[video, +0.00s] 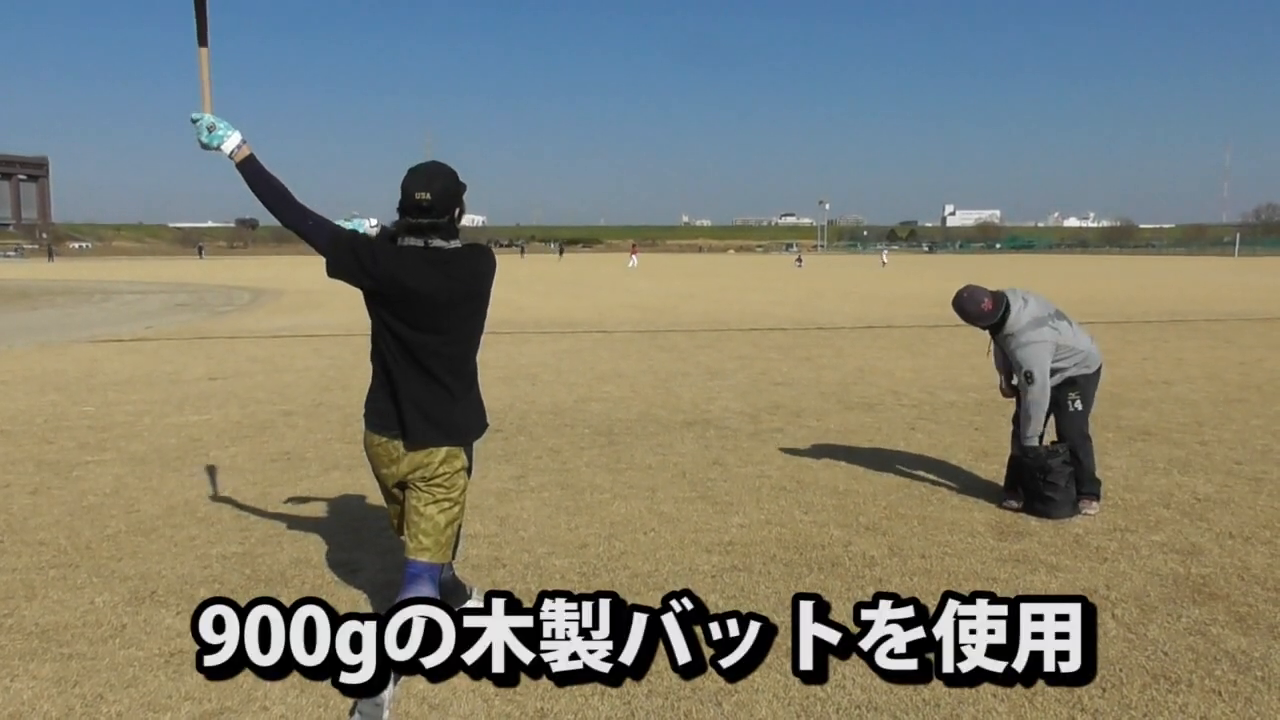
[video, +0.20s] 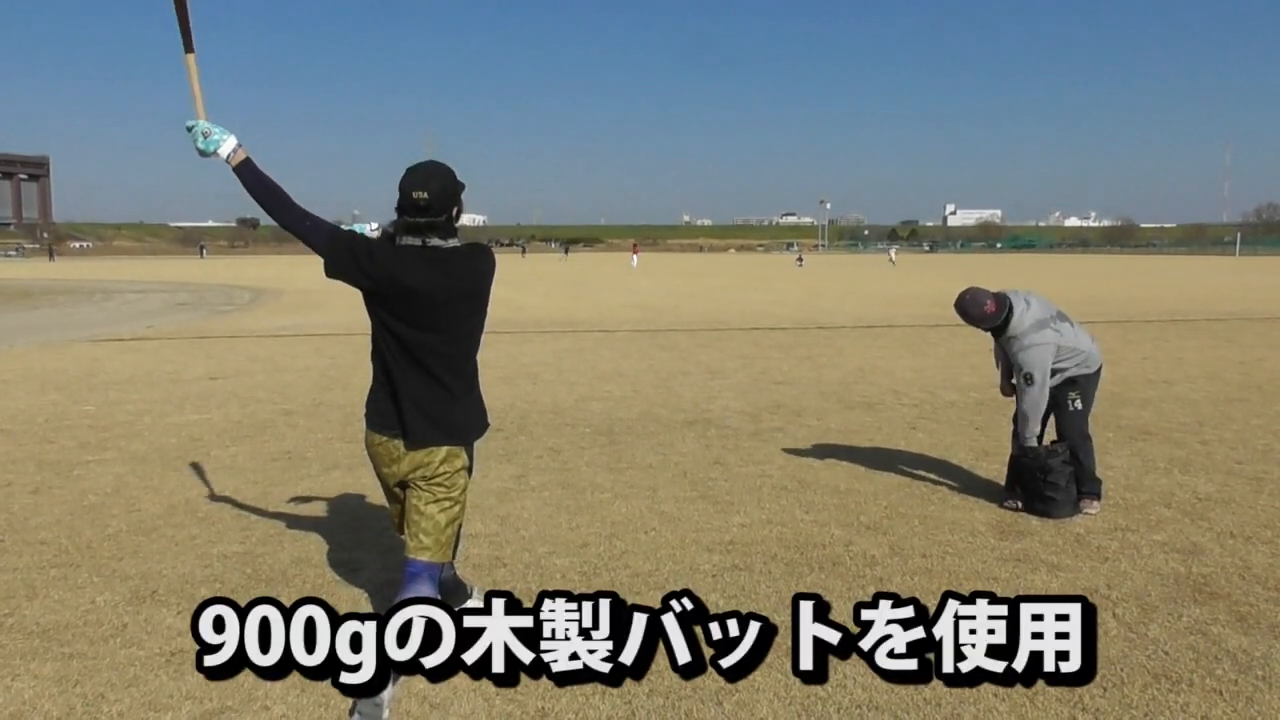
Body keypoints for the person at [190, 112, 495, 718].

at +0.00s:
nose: (455, 211)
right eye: (456, 204)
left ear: (403, 209)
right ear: (457, 215)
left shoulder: (376, 258)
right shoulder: (479, 264)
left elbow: (294, 215)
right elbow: (442, 248)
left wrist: (238, 149)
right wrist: (387, 236)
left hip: (383, 433)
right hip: (447, 437)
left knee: (420, 537)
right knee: (423, 572)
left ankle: (466, 608)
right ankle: (378, 691)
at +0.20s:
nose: (446, 212)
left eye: (415, 199)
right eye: (452, 205)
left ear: (401, 208)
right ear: (456, 215)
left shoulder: (376, 259)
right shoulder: (478, 263)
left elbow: (292, 216)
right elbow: (449, 248)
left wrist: (235, 154)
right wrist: (404, 231)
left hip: (384, 434)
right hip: (448, 439)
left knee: (428, 539)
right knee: (422, 570)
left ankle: (466, 606)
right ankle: (376, 692)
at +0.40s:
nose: (434, 206)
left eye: (409, 197)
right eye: (450, 200)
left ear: (400, 206)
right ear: (452, 211)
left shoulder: (375, 259)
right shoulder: (478, 264)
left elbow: (293, 220)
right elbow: (444, 247)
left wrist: (228, 161)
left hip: (385, 433)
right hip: (447, 438)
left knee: (424, 536)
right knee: (421, 568)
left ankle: (457, 596)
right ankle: (377, 689)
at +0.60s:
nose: (447, 208)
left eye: (409, 200)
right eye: (449, 202)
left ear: (399, 206)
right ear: (452, 212)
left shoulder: (373, 258)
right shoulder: (479, 262)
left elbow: (291, 221)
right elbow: (446, 244)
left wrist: (223, 167)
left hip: (384, 432)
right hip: (446, 437)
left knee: (423, 536)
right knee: (420, 567)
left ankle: (455, 598)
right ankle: (375, 690)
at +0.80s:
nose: (460, 208)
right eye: (457, 202)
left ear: (399, 207)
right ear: (452, 210)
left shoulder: (373, 257)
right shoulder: (480, 264)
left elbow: (291, 225)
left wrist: (217, 180)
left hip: (384, 434)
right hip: (444, 439)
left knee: (422, 539)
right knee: (418, 569)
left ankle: (448, 598)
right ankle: (375, 691)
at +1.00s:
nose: (460, 207)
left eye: (453, 199)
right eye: (457, 201)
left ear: (400, 206)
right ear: (451, 209)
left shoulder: (374, 257)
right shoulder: (480, 265)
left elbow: (294, 245)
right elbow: (495, 317)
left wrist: (215, 224)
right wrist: (445, 287)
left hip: (385, 434)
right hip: (445, 438)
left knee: (422, 536)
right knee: (420, 569)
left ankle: (454, 598)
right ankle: (373, 689)